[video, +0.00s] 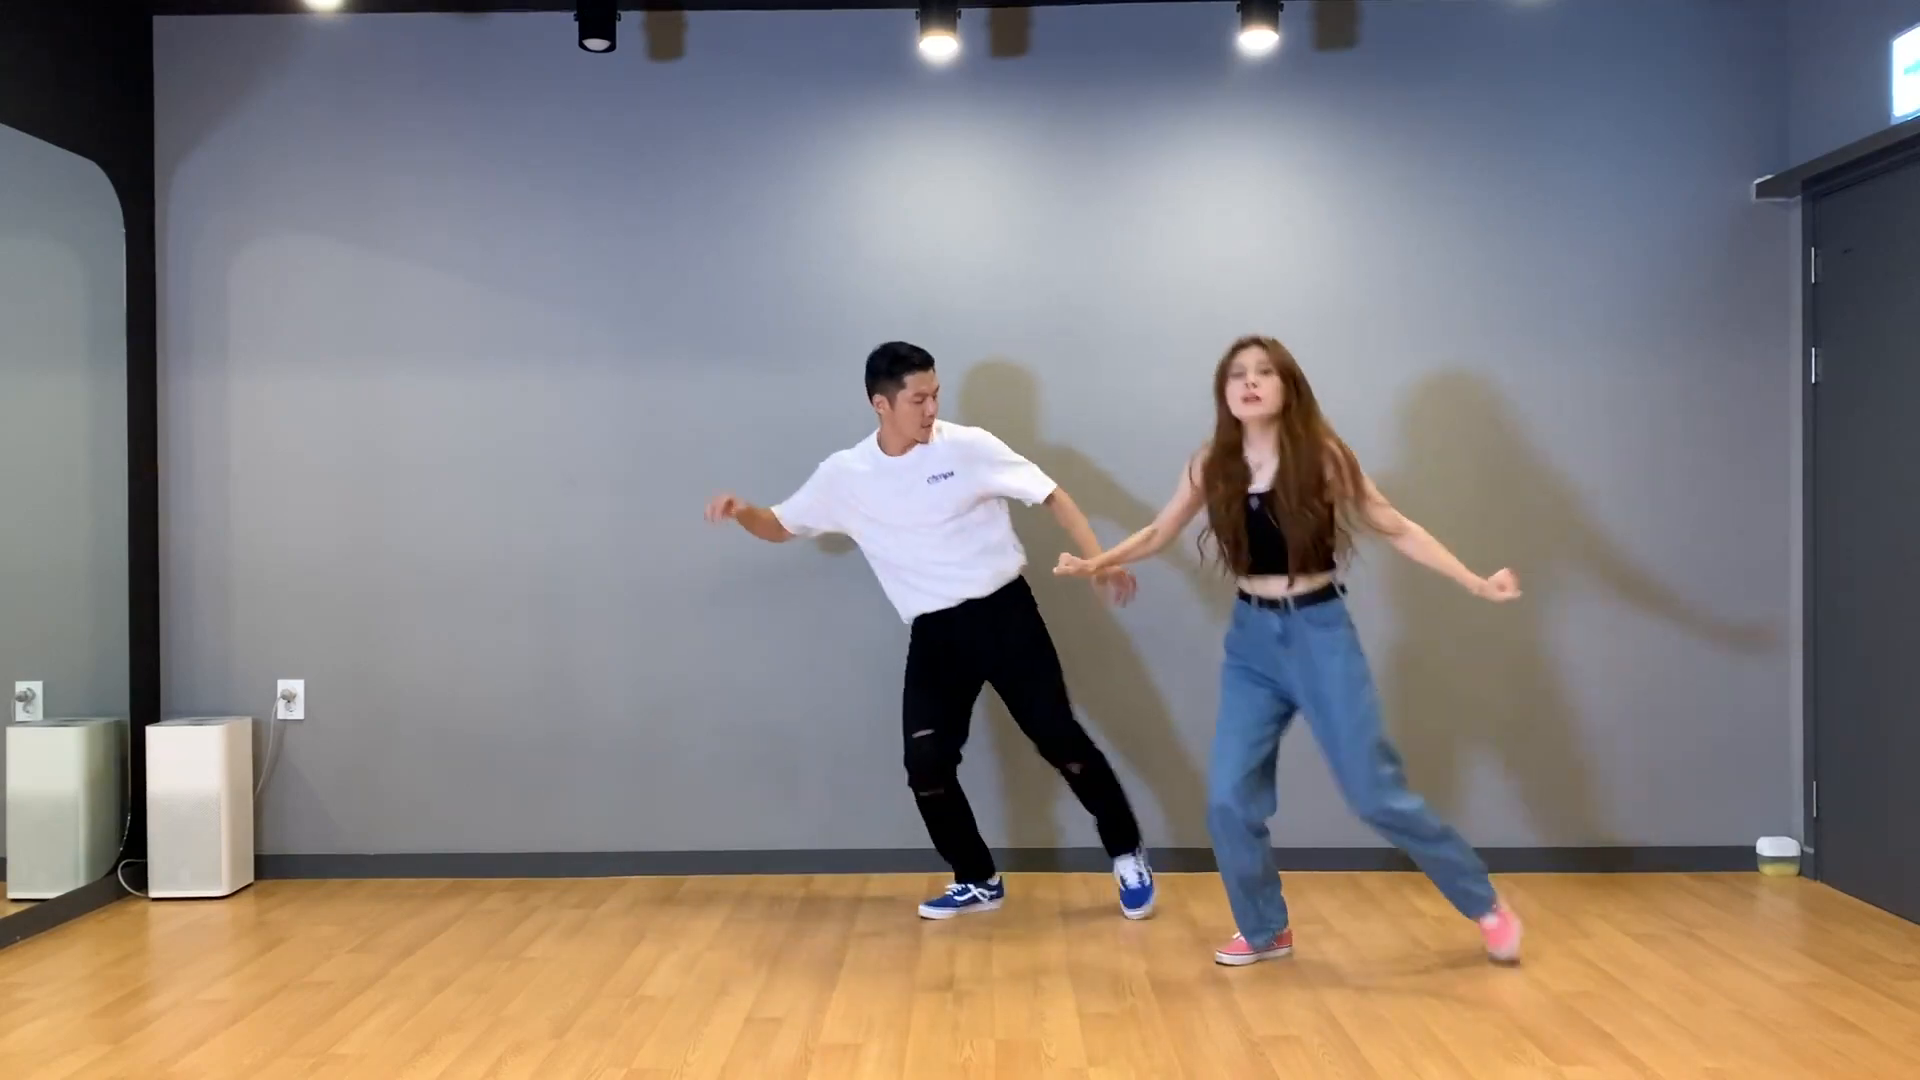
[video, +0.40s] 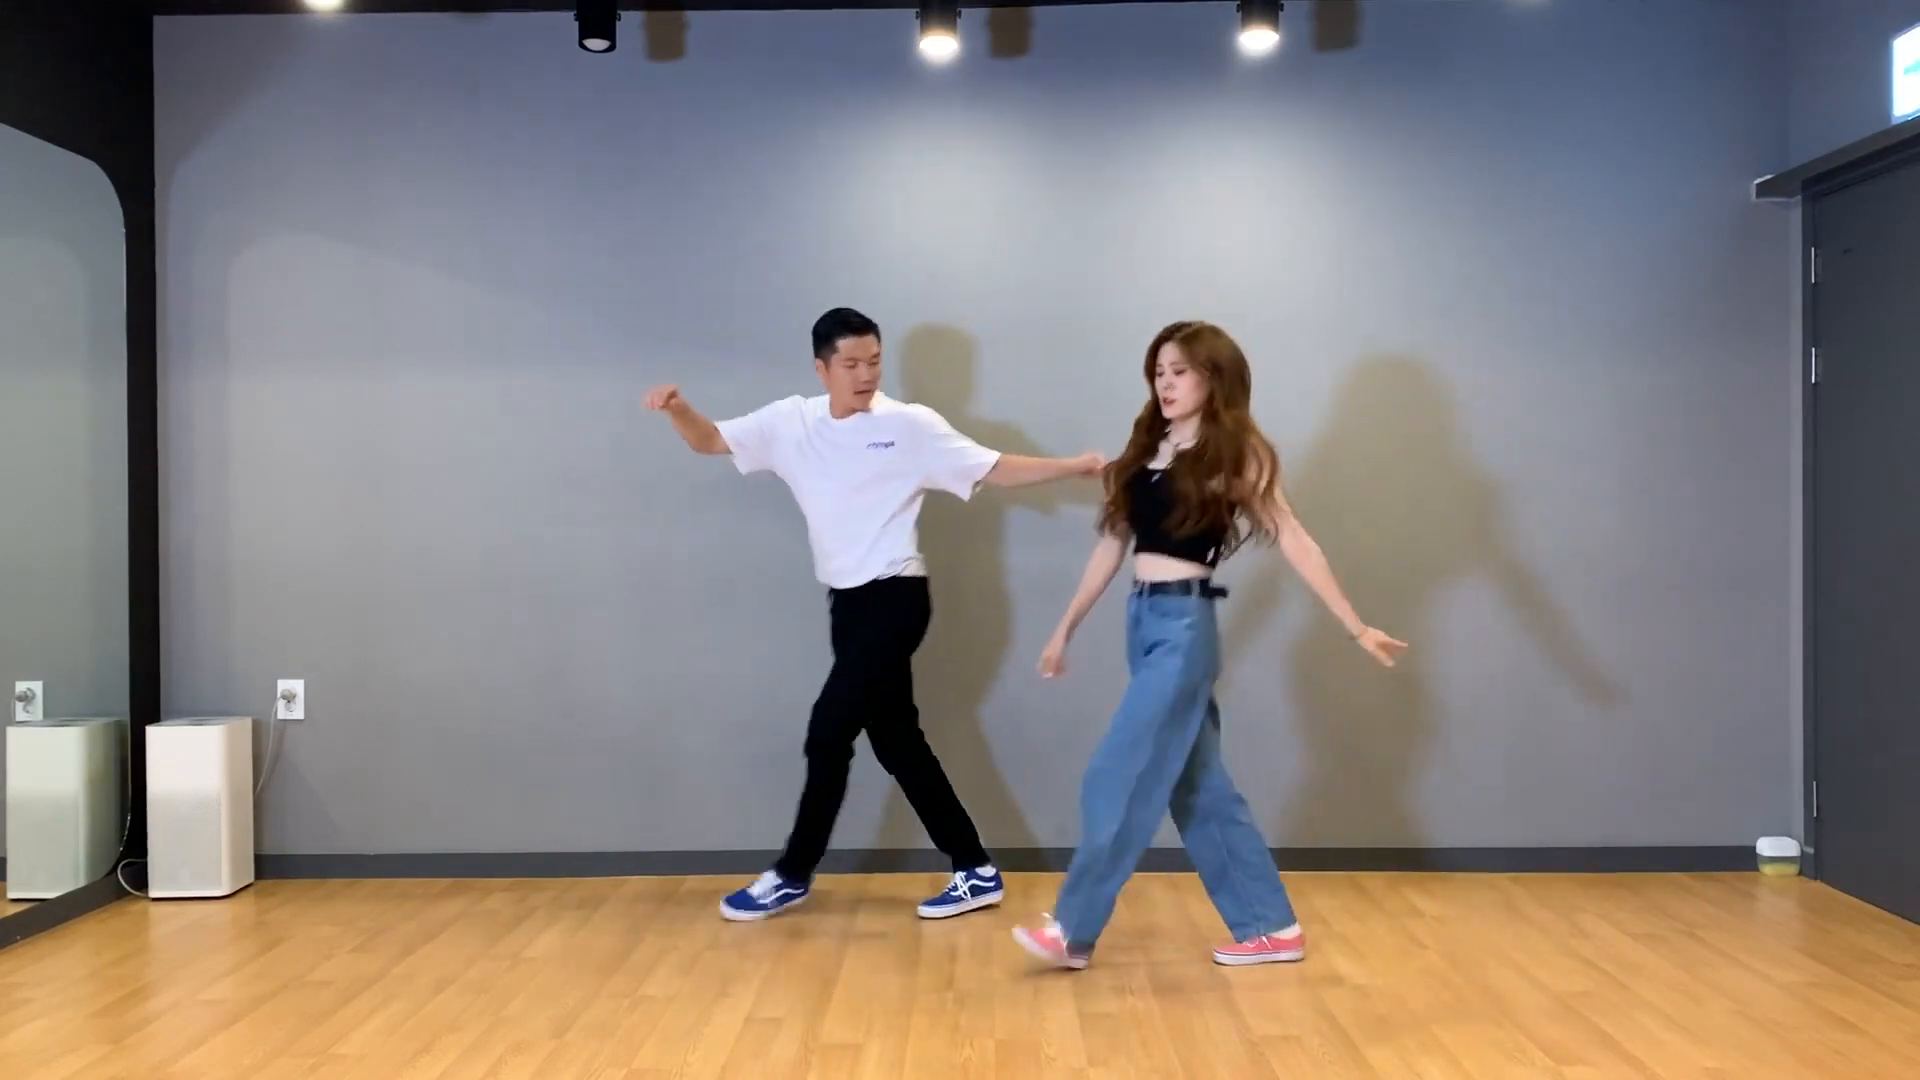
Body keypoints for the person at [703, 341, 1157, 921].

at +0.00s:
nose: (932, 409)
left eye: (934, 396)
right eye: (918, 399)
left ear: (936, 393)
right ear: (880, 404)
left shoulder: (969, 446)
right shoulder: (844, 474)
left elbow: (1053, 496)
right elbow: (780, 525)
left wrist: (1097, 559)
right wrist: (742, 512)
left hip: (1006, 612)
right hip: (935, 632)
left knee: (1059, 739)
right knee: (926, 766)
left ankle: (1126, 853)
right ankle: (978, 880)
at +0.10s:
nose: (923, 395)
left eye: (926, 383)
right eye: (911, 385)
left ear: (929, 381)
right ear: (872, 387)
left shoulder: (956, 438)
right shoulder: (831, 460)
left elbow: (1034, 489)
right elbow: (759, 509)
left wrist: (1099, 522)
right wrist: (729, 475)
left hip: (988, 593)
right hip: (922, 614)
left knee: (992, 715)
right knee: (911, 758)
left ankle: (1072, 813)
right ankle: (978, 878)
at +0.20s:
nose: (910, 379)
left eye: (914, 366)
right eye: (898, 369)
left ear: (918, 365)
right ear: (860, 371)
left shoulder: (943, 423)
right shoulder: (820, 435)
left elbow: (1025, 469)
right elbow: (745, 477)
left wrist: (1103, 486)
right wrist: (718, 435)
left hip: (961, 582)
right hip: (901, 597)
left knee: (916, 698)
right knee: (906, 741)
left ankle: (987, 811)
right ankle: (974, 872)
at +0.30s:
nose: (892, 369)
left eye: (897, 356)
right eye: (878, 359)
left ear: (903, 353)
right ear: (843, 361)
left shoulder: (929, 413)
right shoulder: (809, 419)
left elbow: (1009, 455)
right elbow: (731, 449)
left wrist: (1089, 458)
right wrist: (701, 410)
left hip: (932, 581)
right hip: (877, 592)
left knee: (861, 704)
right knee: (905, 730)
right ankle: (974, 869)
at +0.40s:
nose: (866, 374)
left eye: (874, 361)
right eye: (852, 363)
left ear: (882, 361)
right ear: (822, 365)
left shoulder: (909, 424)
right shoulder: (791, 421)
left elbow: (991, 467)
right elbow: (711, 440)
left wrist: (1070, 466)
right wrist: (678, 410)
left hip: (896, 598)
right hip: (848, 603)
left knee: (829, 732)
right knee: (898, 743)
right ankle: (976, 871)